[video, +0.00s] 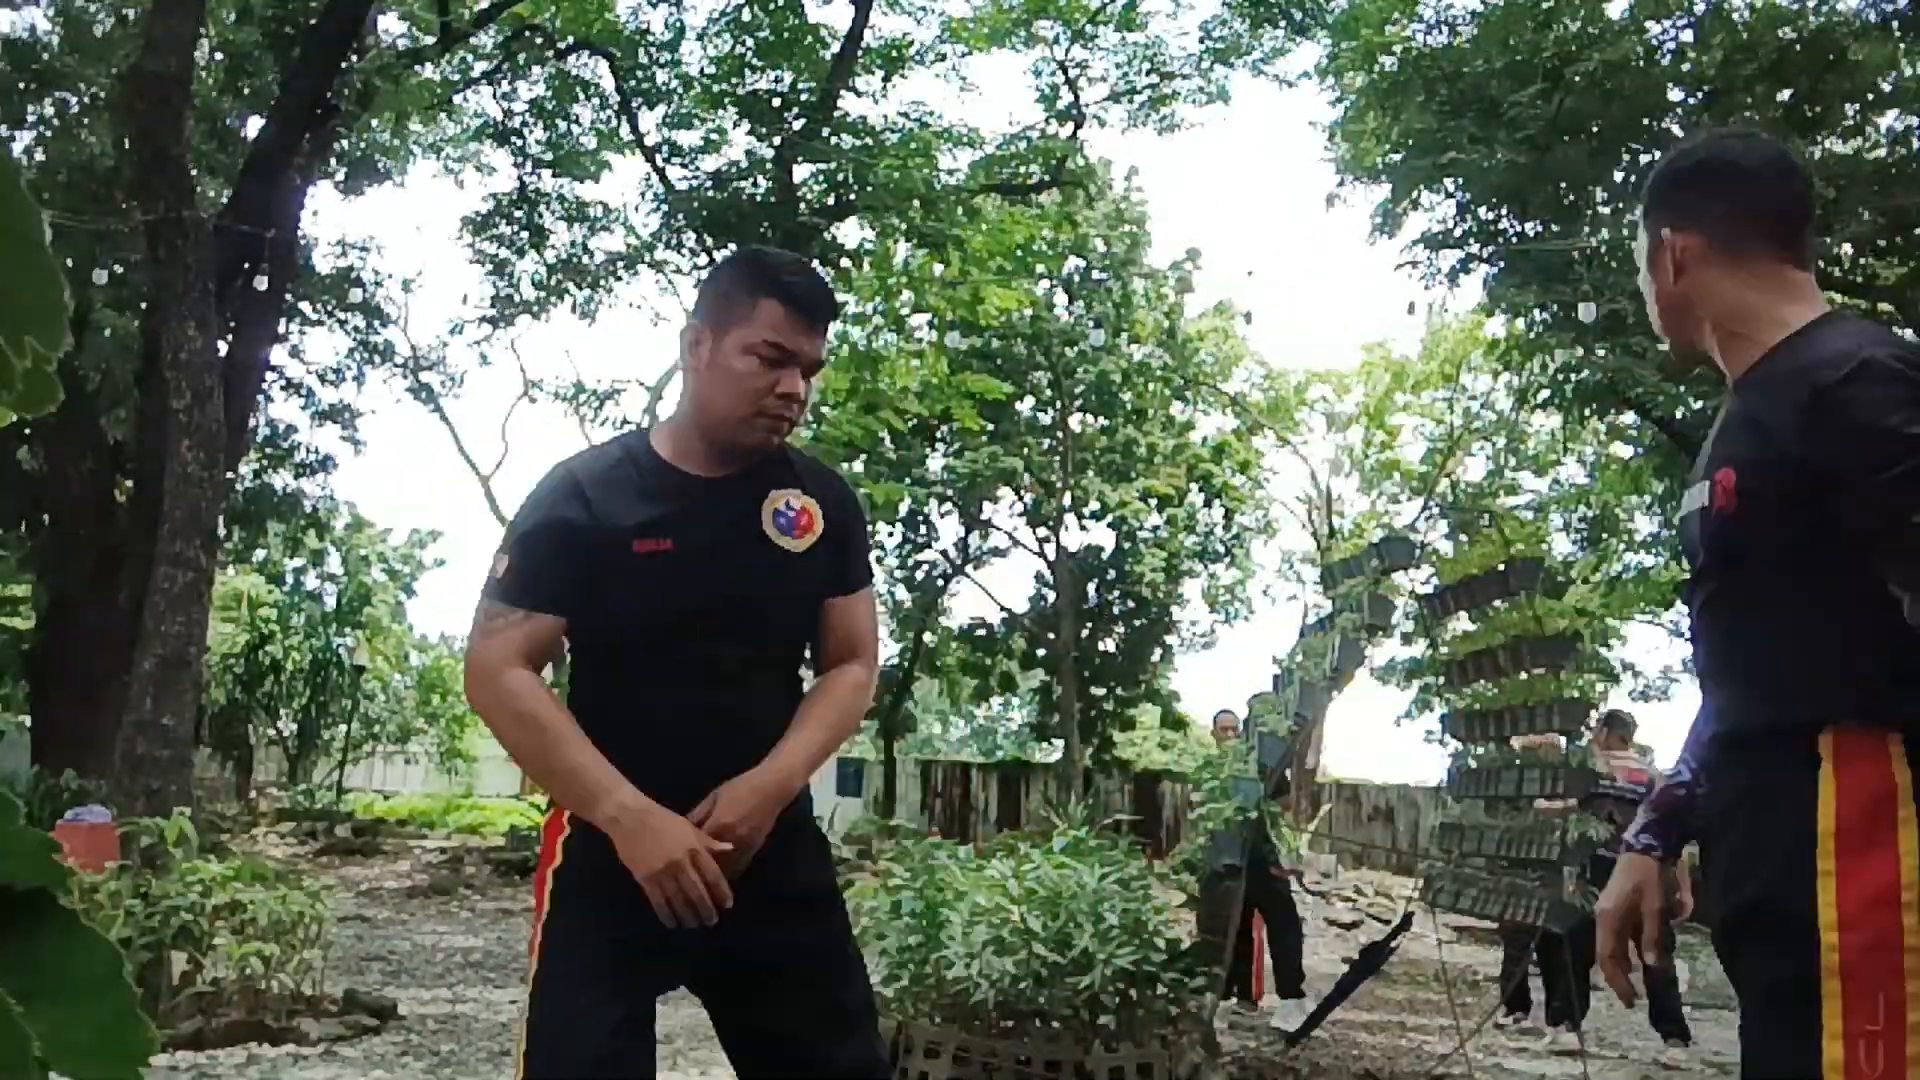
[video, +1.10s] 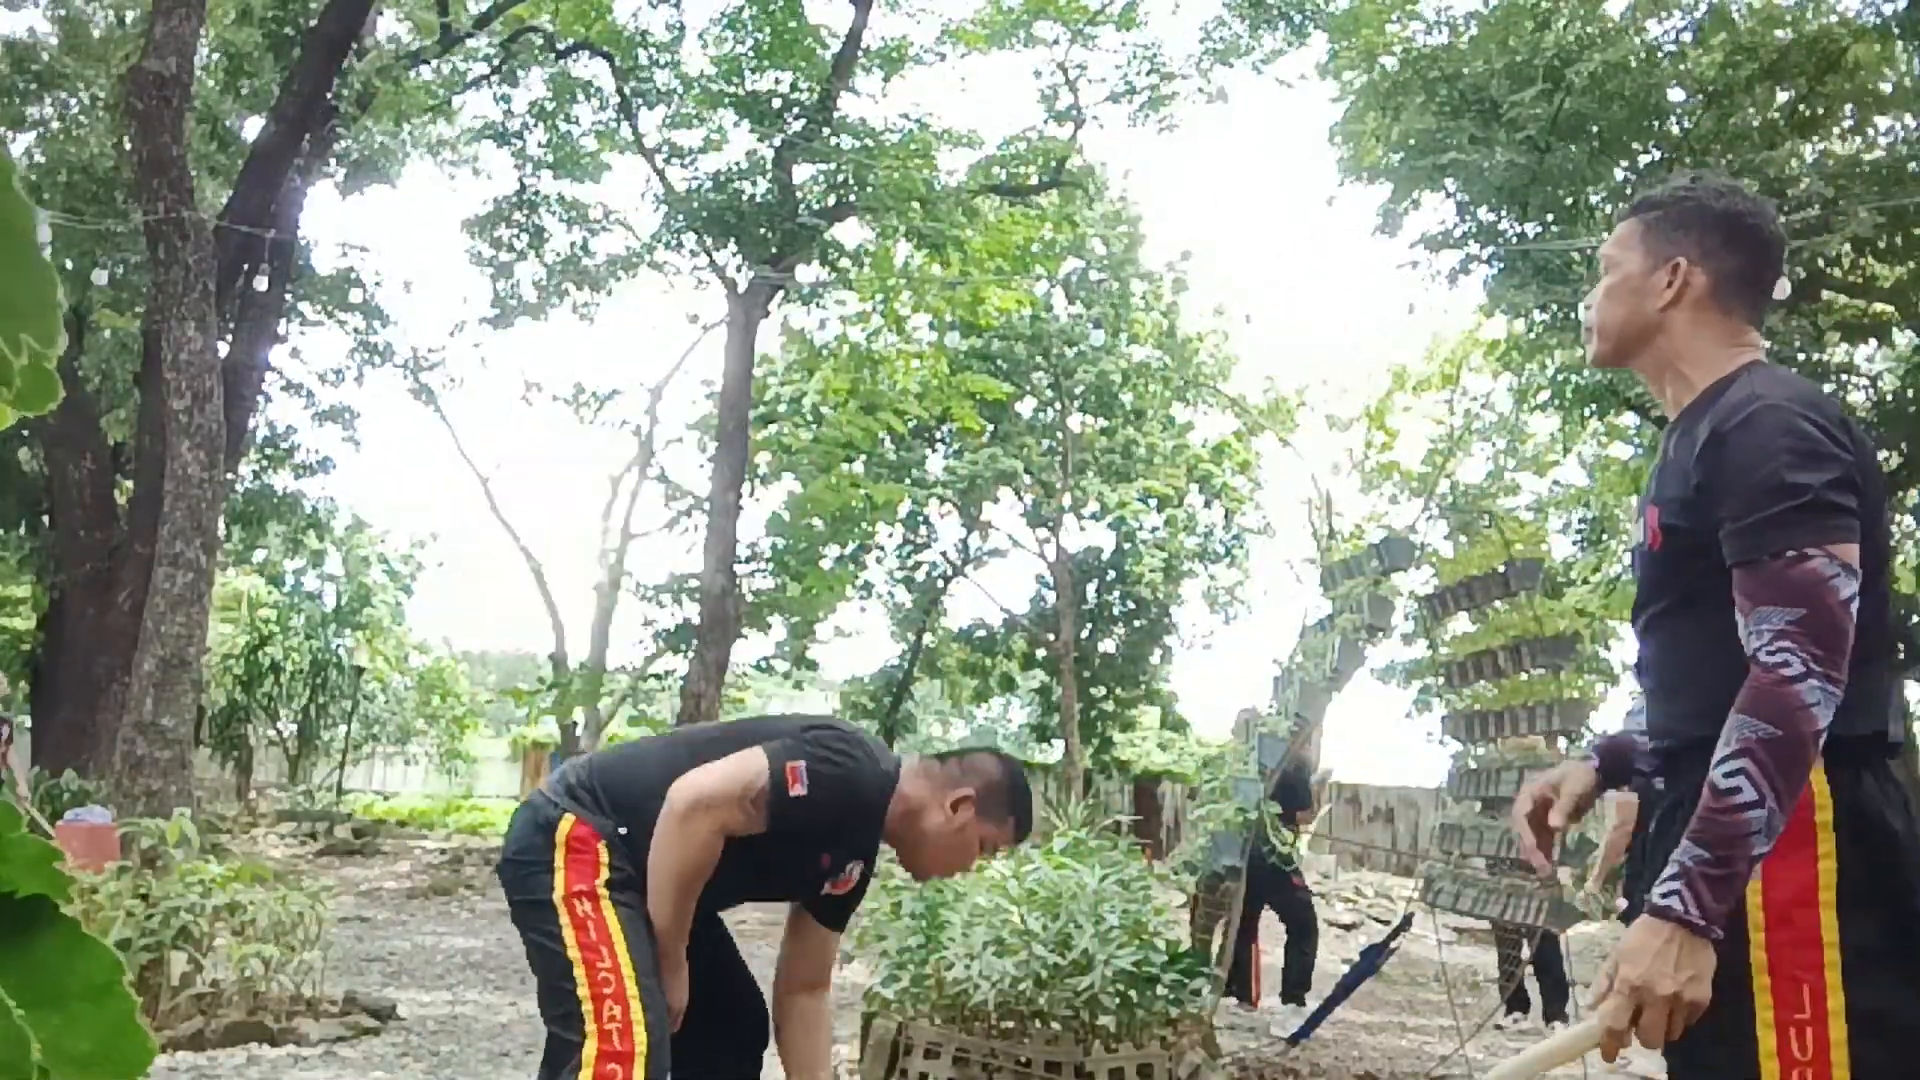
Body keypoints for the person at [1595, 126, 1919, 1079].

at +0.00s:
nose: (1646, 295)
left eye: (1644, 264)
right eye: (1644, 267)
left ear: (1677, 254)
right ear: (1794, 240)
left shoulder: (1855, 384)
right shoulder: (1756, 407)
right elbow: (1746, 686)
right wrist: (1651, 833)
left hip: (1852, 812)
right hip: (1774, 811)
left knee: (1850, 1059)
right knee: (1796, 1052)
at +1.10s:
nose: (1589, 298)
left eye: (1606, 267)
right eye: (1595, 272)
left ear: (1673, 281)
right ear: (1672, 285)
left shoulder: (1766, 420)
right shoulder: (1702, 436)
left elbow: (1796, 675)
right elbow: (1715, 687)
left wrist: (1687, 909)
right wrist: (1598, 767)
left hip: (1797, 819)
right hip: (1734, 811)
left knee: (1805, 1057)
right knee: (1734, 1057)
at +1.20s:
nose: (1587, 315)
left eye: (1607, 284)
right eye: (1594, 289)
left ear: (1680, 293)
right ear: (1674, 300)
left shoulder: (1763, 425)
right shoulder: (1698, 445)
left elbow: (1795, 678)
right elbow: (1702, 692)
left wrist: (1691, 900)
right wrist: (1574, 692)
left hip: (1779, 821)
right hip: (1713, 812)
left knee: (1787, 1059)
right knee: (1716, 1057)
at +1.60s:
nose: (1590, 347)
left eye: (1619, 325)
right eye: (1589, 332)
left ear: (1699, 343)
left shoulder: (1781, 466)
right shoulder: (1644, 510)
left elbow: (1853, 692)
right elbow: (1633, 716)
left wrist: (1798, 897)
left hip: (1763, 833)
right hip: (1648, 838)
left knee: (1778, 1062)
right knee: (1646, 1063)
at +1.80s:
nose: (1600, 341)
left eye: (1631, 319)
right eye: (1595, 328)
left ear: (1711, 341)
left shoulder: (1785, 468)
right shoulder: (1637, 505)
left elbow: (1895, 667)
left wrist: (1775, 859)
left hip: (1750, 819)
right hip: (1635, 817)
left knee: (1773, 1061)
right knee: (1652, 1061)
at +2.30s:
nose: (1577, 372)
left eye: (1593, 343)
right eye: (1578, 350)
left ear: (1677, 336)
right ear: (1669, 341)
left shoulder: (1786, 467)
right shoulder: (1639, 508)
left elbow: (1890, 667)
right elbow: (1637, 705)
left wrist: (1733, 830)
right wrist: (1508, 788)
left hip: (1768, 857)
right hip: (1633, 862)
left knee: (1780, 1064)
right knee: (1642, 1063)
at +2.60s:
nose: (1534, 439)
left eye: (1540, 409)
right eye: (1524, 421)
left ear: (1616, 373)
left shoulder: (1749, 461)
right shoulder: (1613, 528)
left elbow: (1909, 601)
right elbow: (1604, 710)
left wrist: (1788, 805)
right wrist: (1511, 660)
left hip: (1762, 821)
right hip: (1647, 829)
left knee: (1759, 1061)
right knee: (1637, 1060)